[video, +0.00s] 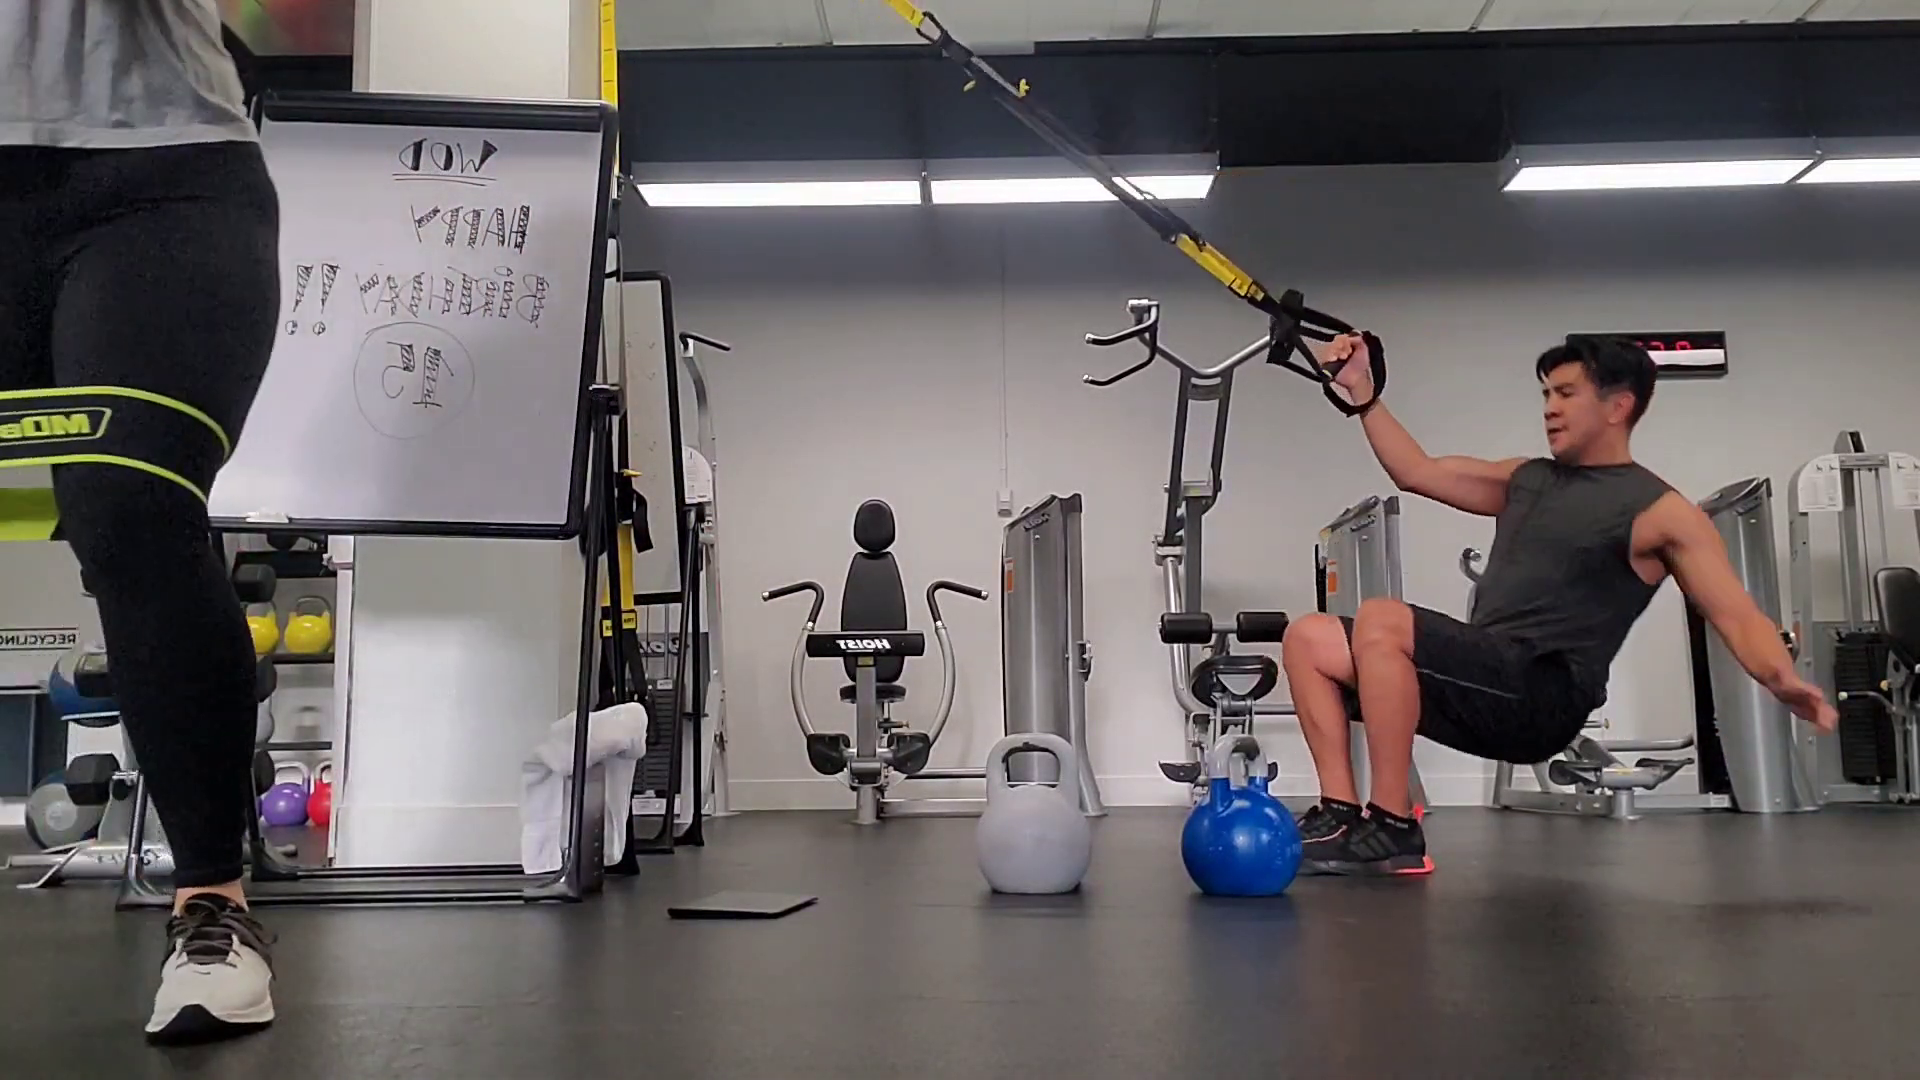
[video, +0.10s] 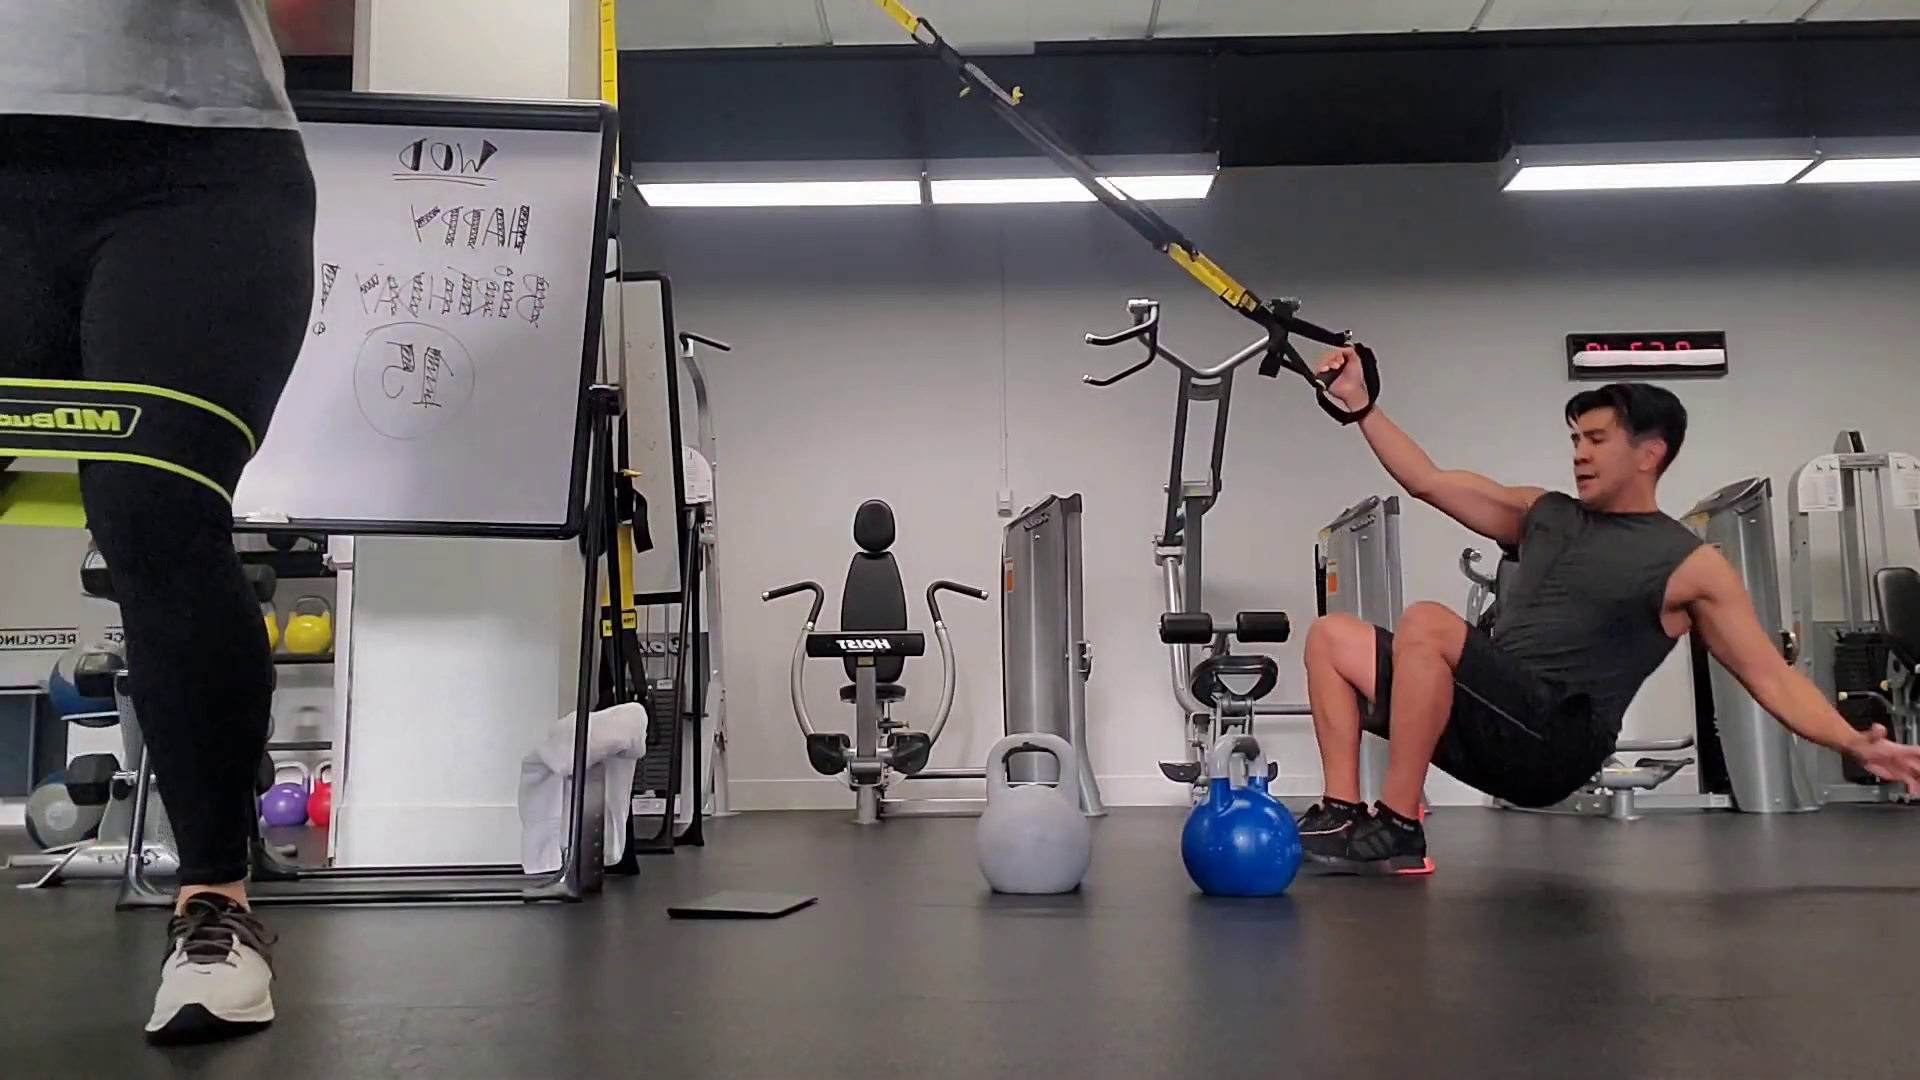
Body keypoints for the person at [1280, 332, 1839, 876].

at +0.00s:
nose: (1548, 410)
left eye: (1564, 394)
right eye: (1547, 397)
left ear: (1622, 404)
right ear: (1552, 407)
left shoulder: (1663, 510)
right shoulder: (1524, 479)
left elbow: (1734, 612)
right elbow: (1416, 470)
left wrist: (1780, 676)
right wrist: (1362, 397)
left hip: (1547, 695)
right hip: (1481, 682)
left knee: (1382, 620)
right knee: (1308, 639)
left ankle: (1395, 824)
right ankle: (1341, 811)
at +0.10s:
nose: (1577, 453)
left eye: (1593, 440)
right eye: (1575, 441)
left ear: (1652, 452)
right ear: (1573, 451)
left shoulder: (1692, 563)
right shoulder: (1543, 513)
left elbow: (1770, 675)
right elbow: (1427, 481)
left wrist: (1852, 741)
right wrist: (1361, 409)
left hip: (1559, 741)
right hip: (1478, 714)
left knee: (1426, 623)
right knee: (1330, 637)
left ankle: (1398, 823)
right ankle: (1342, 812)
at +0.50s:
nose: (1561, 454)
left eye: (1576, 439)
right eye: (1558, 443)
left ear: (1635, 444)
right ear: (1561, 453)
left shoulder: (1672, 555)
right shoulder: (1536, 514)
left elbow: (1726, 669)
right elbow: (1428, 484)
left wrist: (1787, 722)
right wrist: (1360, 414)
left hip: (1545, 719)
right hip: (1480, 707)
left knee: (1397, 620)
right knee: (1317, 640)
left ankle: (1396, 822)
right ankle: (1340, 809)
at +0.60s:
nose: (1536, 402)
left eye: (1550, 384)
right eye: (1533, 391)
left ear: (1605, 384)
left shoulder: (1637, 474)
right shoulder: (1527, 474)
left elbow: (1667, 579)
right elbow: (1428, 471)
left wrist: (1662, 593)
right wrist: (1367, 403)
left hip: (1533, 661)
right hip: (1474, 652)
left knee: (1363, 623)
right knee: (1297, 639)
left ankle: (1393, 821)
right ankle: (1338, 810)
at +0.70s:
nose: (1503, 339)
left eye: (1513, 322)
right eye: (1501, 329)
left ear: (1565, 321)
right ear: (1556, 327)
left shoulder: (1595, 390)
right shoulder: (1517, 413)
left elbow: (1586, 456)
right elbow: (1429, 454)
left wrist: (1519, 443)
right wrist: (1374, 389)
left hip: (1512, 588)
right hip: (1465, 584)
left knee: (1340, 624)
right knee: (1288, 637)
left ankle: (1392, 822)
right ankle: (1337, 810)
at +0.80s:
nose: (1470, 283)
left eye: (1478, 267)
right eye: (1468, 273)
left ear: (1529, 259)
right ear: (1519, 266)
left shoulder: (1555, 322)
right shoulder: (1494, 354)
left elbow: (1492, 337)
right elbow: (1435, 443)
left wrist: (1394, 304)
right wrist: (1378, 375)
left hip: (1485, 525)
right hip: (1442, 526)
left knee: (1337, 624)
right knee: (1291, 632)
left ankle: (1391, 819)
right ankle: (1338, 807)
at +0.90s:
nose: (1434, 229)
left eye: (1443, 213)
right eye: (1435, 218)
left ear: (1491, 208)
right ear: (1488, 212)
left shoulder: (1505, 264)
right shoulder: (1467, 293)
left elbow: (1408, 255)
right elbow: (1428, 416)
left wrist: (1293, 206)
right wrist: (1381, 363)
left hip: (1459, 473)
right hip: (1419, 476)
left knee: (1342, 618)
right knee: (1304, 623)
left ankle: (1389, 819)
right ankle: (1342, 807)